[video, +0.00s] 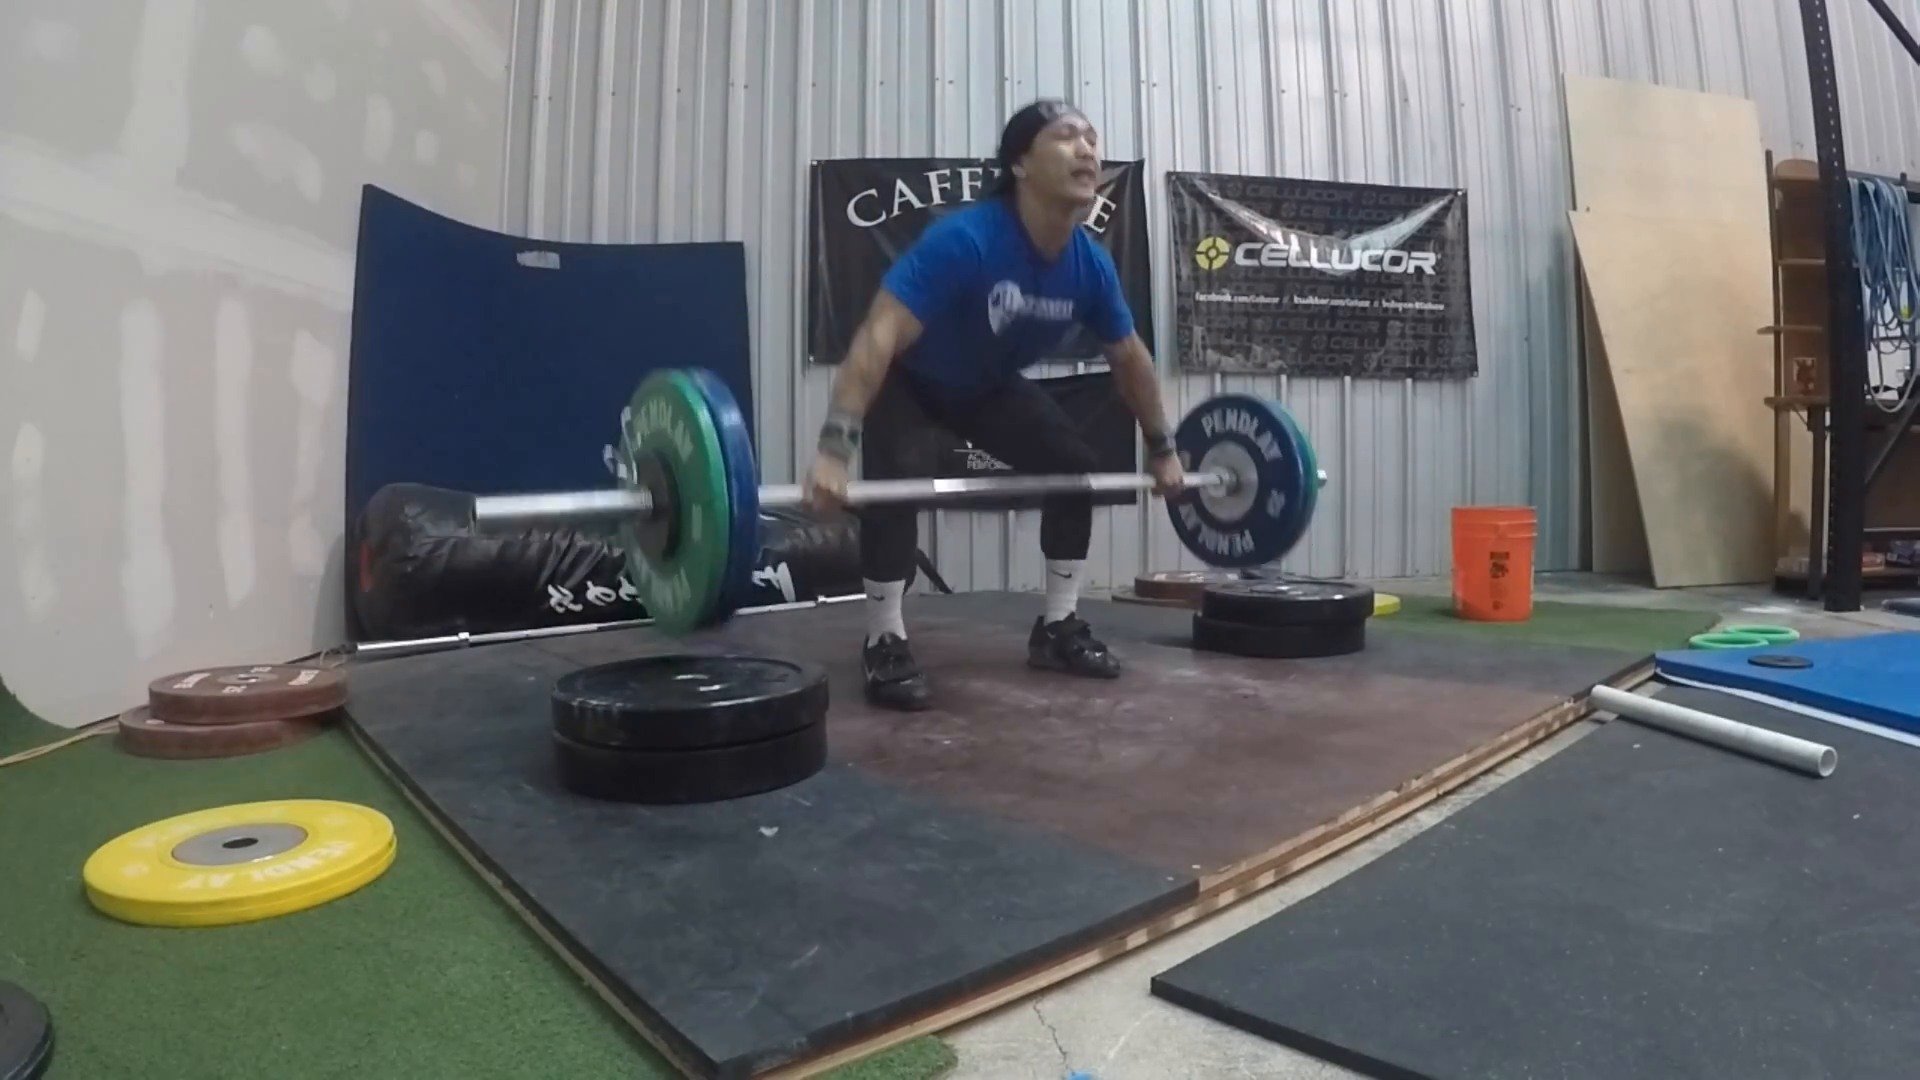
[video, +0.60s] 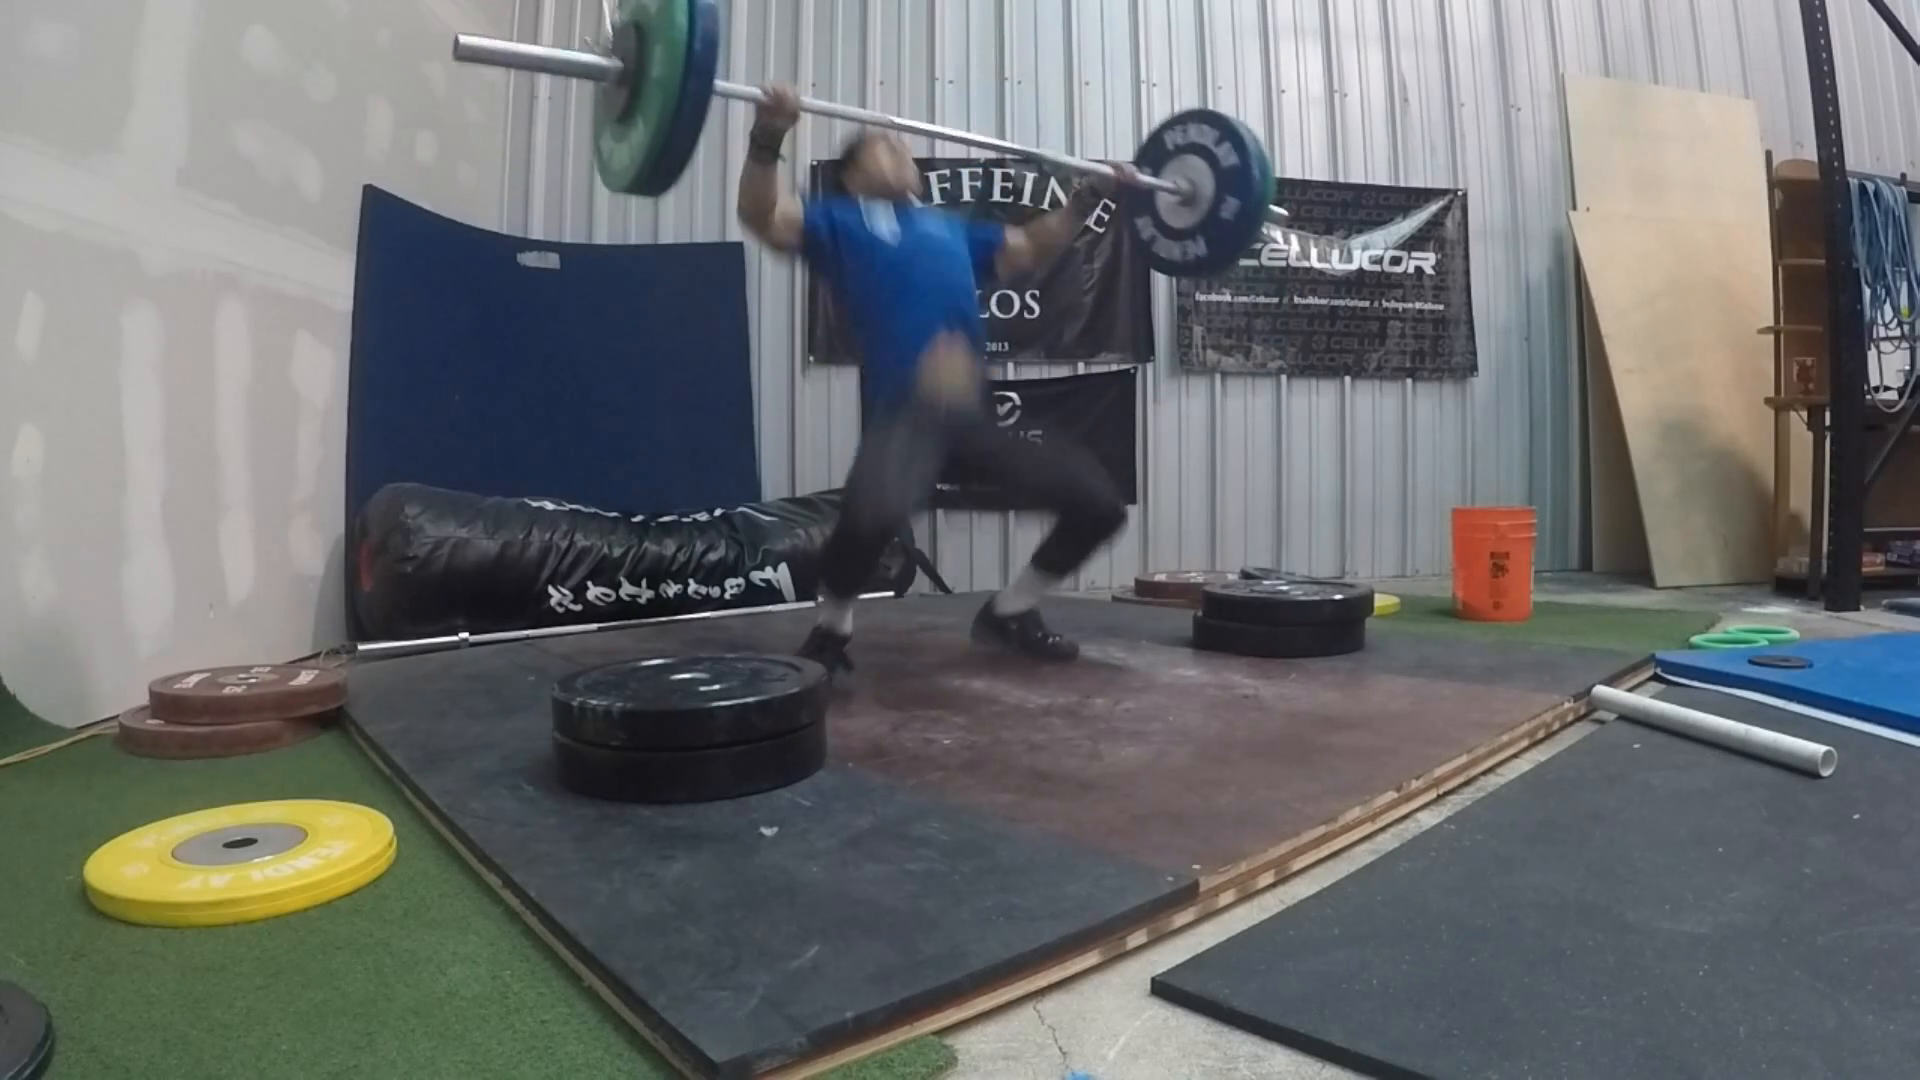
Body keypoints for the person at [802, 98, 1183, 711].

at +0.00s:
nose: (1087, 149)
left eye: (1091, 139)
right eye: (1066, 138)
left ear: (1098, 163)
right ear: (1021, 166)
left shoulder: (1090, 265)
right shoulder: (964, 240)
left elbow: (1130, 360)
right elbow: (880, 333)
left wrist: (1162, 450)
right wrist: (834, 447)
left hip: (984, 387)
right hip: (904, 382)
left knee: (1074, 467)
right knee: (898, 483)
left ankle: (1059, 626)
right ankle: (886, 643)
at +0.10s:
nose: (1080, 113)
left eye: (1083, 102)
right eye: (1060, 102)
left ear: (1091, 124)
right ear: (1016, 129)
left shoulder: (1084, 227)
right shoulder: (959, 202)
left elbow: (1124, 319)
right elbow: (868, 288)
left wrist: (1155, 411)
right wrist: (826, 398)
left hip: (978, 362)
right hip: (896, 356)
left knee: (1056, 451)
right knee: (896, 461)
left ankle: (1058, 625)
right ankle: (884, 642)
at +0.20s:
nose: (1061, 61)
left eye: (1063, 52)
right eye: (1041, 50)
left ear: (1065, 80)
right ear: (997, 75)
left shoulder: (1070, 175)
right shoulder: (946, 154)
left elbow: (1113, 267)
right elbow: (854, 220)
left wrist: (1146, 361)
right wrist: (821, 330)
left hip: (990, 342)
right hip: (903, 335)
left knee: (1053, 455)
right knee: (899, 466)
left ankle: (1058, 624)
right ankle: (885, 642)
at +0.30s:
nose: (995, 20)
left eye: (997, 16)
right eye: (975, 15)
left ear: (1005, 48)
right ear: (940, 46)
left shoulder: (1039, 132)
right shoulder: (914, 113)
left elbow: (1091, 217)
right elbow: (828, 165)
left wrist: (1135, 303)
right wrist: (807, 261)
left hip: (1018, 332)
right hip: (930, 328)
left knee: (1098, 456)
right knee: (926, 454)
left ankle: (1066, 617)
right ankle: (890, 636)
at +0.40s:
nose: (921, 25)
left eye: (923, 23)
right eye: (901, 24)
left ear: (932, 51)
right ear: (873, 54)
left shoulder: (988, 116)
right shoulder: (868, 88)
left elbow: (1053, 181)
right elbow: (806, 133)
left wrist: (1123, 236)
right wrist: (802, 188)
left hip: (1014, 276)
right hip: (933, 268)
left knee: (1060, 424)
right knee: (924, 424)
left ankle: (1080, 605)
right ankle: (891, 630)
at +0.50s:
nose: (882, 81)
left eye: (887, 78)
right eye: (866, 79)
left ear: (901, 99)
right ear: (841, 104)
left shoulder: (939, 151)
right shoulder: (835, 139)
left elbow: (1025, 197)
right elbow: (768, 165)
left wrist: (1112, 201)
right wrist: (783, 147)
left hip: (987, 302)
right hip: (922, 301)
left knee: (1069, 442)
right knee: (906, 446)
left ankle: (1035, 600)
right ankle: (849, 620)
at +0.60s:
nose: (898, 152)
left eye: (901, 147)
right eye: (881, 147)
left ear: (911, 170)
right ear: (853, 172)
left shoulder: (949, 228)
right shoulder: (840, 222)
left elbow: (1026, 251)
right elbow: (760, 214)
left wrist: (1091, 195)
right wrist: (768, 136)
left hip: (975, 419)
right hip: (904, 421)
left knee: (1098, 504)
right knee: (870, 519)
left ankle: (1012, 610)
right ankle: (831, 628)